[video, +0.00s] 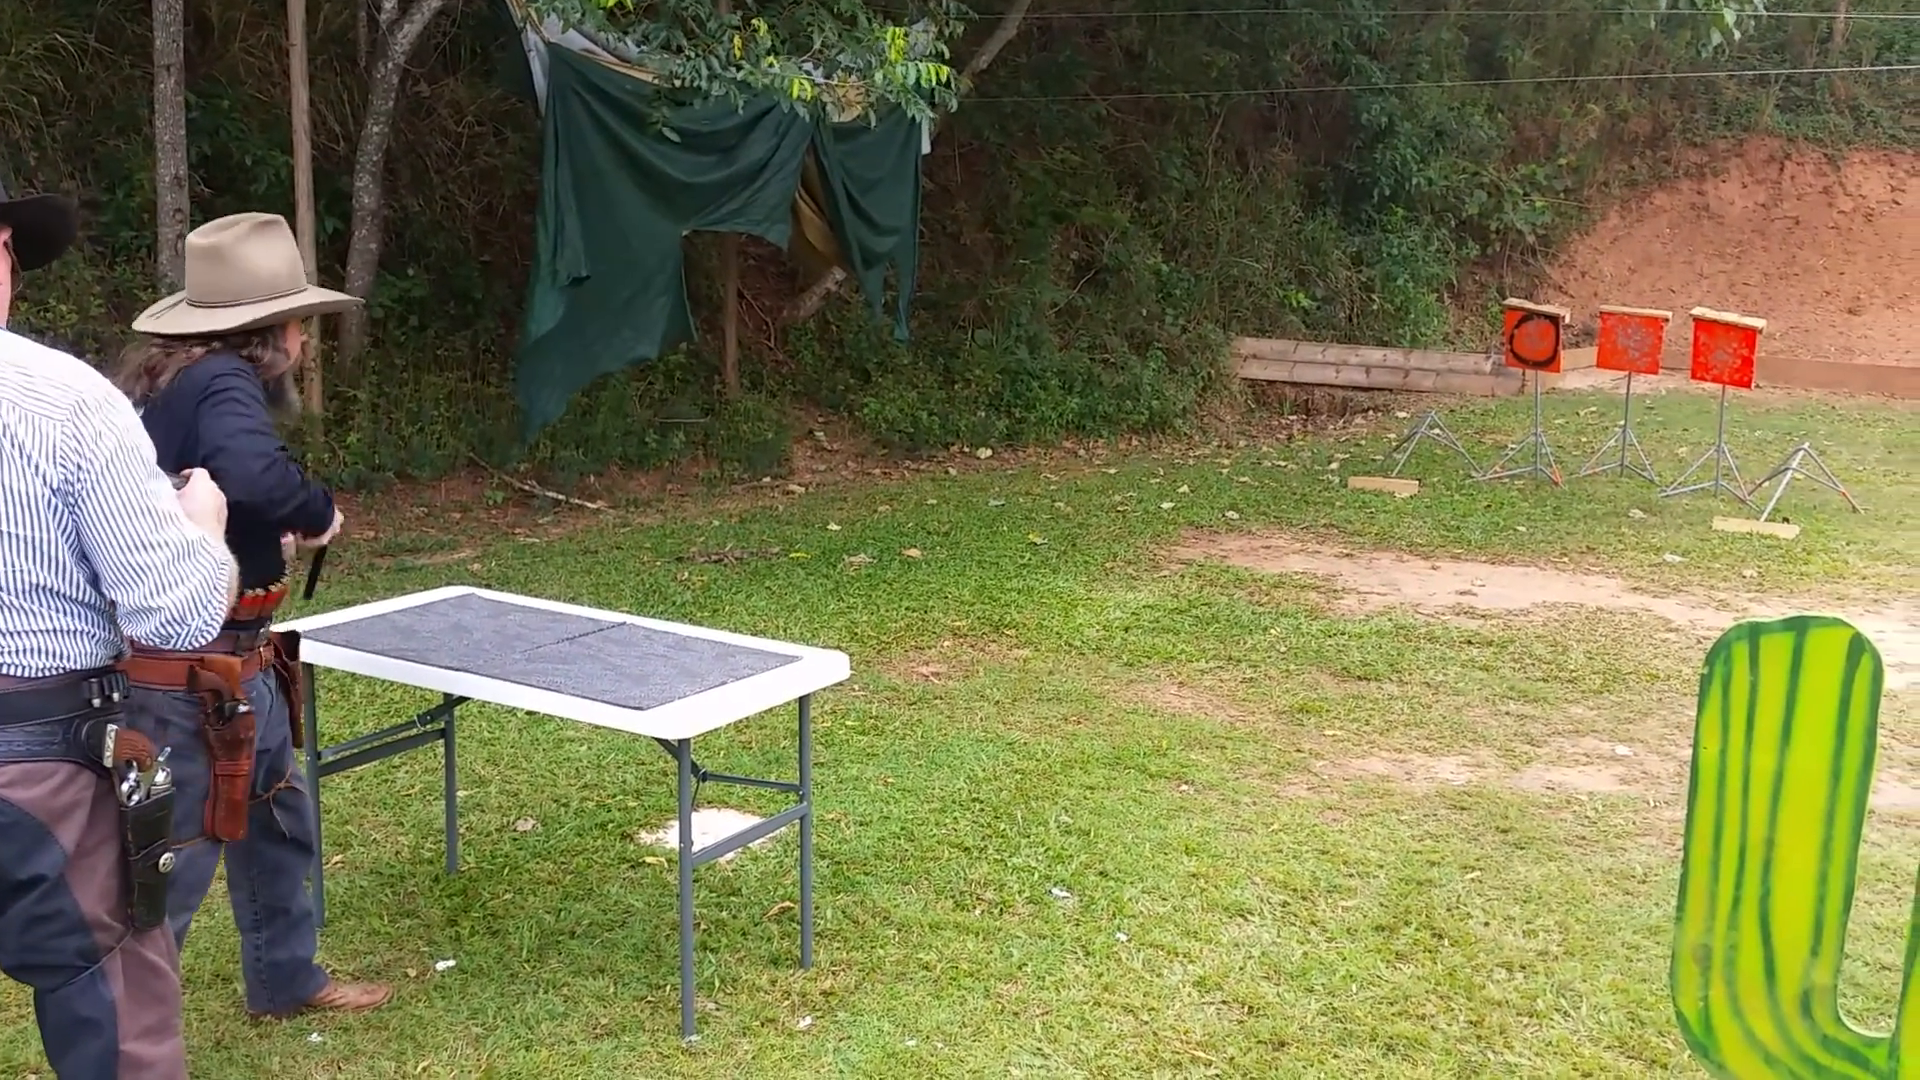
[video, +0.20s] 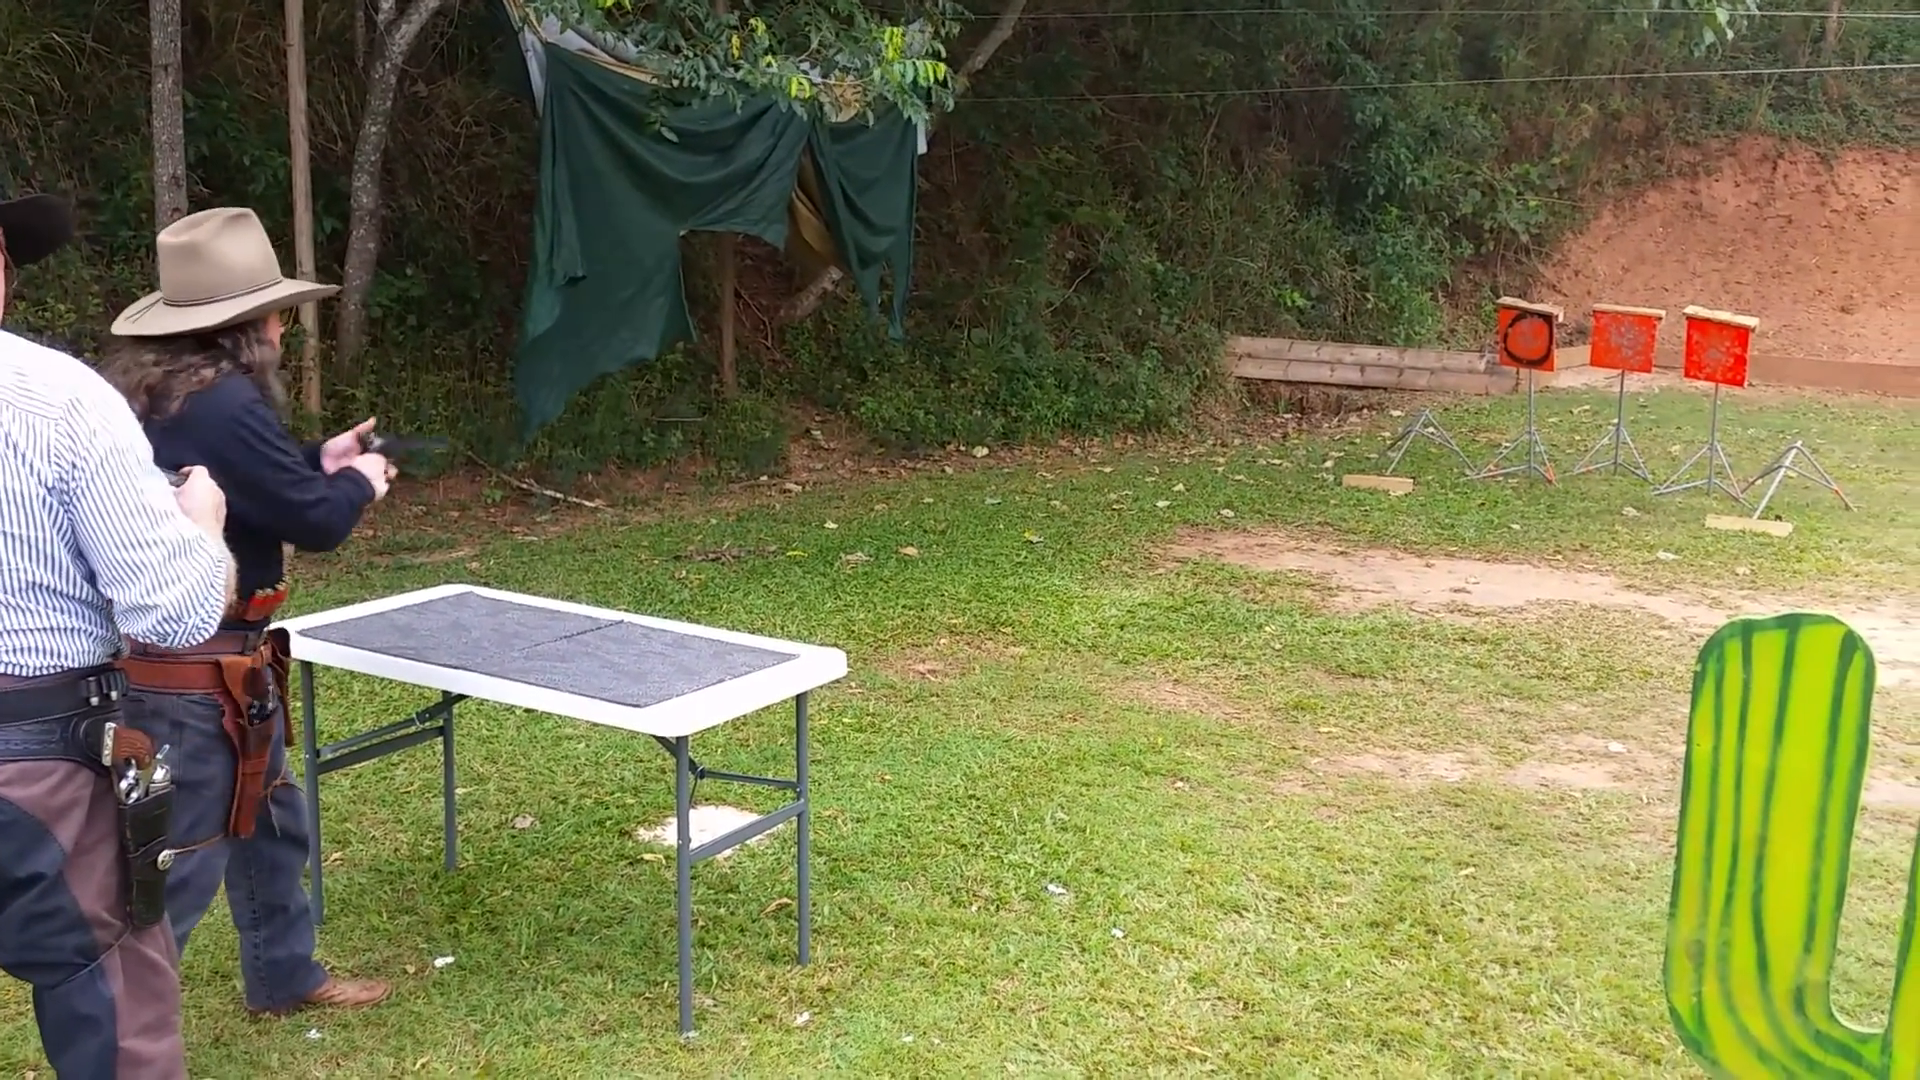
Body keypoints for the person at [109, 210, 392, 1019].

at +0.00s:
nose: (303, 340)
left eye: (302, 324)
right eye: (296, 325)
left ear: (217, 325)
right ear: (262, 330)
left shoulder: (167, 379)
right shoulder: (221, 382)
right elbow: (250, 472)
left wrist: (271, 524)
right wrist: (318, 510)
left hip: (233, 651)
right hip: (197, 657)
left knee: (276, 817)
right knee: (175, 852)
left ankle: (285, 982)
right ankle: (127, 1011)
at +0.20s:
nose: (283, 328)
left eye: (281, 314)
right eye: (276, 315)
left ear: (198, 323)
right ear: (245, 324)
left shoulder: (169, 393)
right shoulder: (228, 402)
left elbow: (246, 487)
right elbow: (316, 521)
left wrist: (318, 460)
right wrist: (359, 483)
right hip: (198, 665)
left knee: (275, 819)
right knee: (184, 858)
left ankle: (284, 979)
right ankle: (120, 1007)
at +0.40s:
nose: (273, 328)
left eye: (269, 315)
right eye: (264, 317)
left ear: (189, 326)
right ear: (236, 328)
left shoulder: (155, 390)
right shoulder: (235, 404)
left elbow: (295, 407)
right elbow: (343, 431)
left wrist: (390, 382)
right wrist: (416, 400)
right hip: (191, 659)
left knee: (264, 814)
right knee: (186, 855)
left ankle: (275, 979)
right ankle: (107, 1011)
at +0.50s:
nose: (281, 329)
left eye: (276, 316)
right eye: (271, 317)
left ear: (192, 325)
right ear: (243, 327)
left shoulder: (161, 393)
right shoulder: (231, 403)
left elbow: (306, 397)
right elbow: (342, 412)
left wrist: (393, 370)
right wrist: (427, 384)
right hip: (192, 663)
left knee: (263, 815)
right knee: (183, 858)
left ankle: (275, 980)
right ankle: (108, 1012)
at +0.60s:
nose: (287, 330)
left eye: (282, 317)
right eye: (278, 317)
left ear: (194, 324)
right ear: (252, 324)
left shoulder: (152, 391)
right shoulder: (240, 400)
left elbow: (309, 391)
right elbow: (348, 407)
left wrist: (396, 365)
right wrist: (432, 379)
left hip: (141, 650)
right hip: (190, 666)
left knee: (263, 814)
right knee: (176, 864)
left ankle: (272, 981)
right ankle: (107, 1020)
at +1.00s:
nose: (290, 328)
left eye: (285, 316)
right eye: (281, 315)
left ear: (200, 320)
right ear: (255, 321)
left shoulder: (159, 384)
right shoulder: (242, 398)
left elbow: (306, 383)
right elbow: (352, 407)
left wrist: (401, 359)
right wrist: (432, 378)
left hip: (137, 652)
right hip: (184, 667)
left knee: (254, 817)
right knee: (166, 862)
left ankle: (264, 982)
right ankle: (93, 1016)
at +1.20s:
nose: (284, 332)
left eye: (279, 320)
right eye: (276, 318)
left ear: (197, 321)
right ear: (249, 323)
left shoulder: (156, 385)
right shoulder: (237, 399)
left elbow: (303, 380)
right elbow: (346, 405)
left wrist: (398, 349)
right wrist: (426, 373)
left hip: (137, 651)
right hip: (180, 665)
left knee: (250, 818)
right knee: (163, 863)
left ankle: (261, 983)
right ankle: (89, 1017)